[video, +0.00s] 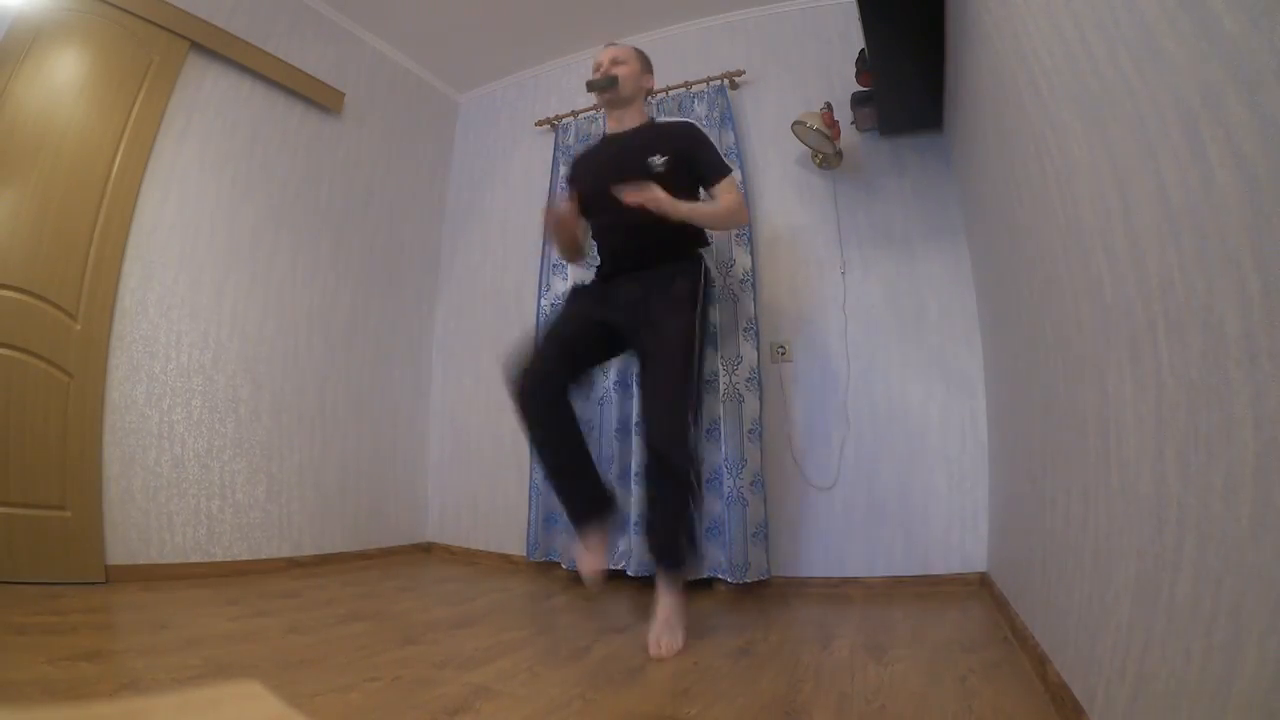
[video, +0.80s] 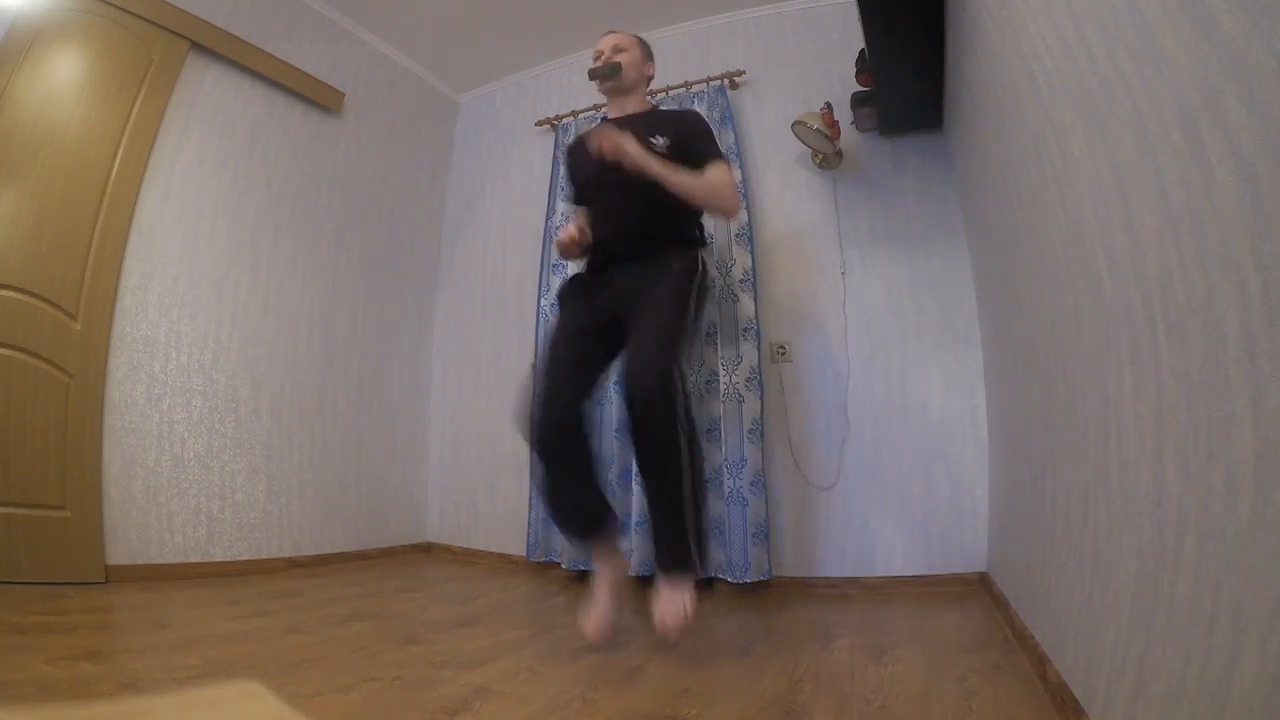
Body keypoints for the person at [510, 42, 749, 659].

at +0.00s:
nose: (604, 65)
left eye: (620, 59)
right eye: (599, 62)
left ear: (649, 84)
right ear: (592, 90)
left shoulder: (680, 137)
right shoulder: (585, 162)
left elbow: (736, 211)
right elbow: (572, 252)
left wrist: (672, 205)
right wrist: (561, 224)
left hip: (673, 289)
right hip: (610, 291)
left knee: (665, 432)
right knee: (536, 378)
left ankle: (669, 583)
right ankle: (591, 515)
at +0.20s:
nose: (610, 67)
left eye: (626, 61)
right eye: (603, 63)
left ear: (653, 84)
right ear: (594, 87)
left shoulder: (682, 139)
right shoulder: (585, 157)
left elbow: (722, 209)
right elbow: (588, 228)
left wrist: (640, 155)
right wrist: (579, 251)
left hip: (672, 291)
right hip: (606, 295)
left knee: (657, 410)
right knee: (553, 402)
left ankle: (669, 574)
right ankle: (608, 547)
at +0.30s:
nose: (616, 79)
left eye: (631, 72)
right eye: (609, 75)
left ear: (659, 92)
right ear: (599, 99)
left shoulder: (693, 163)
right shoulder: (581, 171)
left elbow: (728, 246)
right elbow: (549, 261)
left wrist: (672, 235)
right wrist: (549, 235)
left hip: (674, 299)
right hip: (604, 311)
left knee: (638, 284)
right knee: (620, 456)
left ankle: (664, 472)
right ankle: (650, 596)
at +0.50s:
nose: (600, 53)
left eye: (615, 46)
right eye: (594, 51)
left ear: (647, 69)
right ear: (591, 76)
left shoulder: (684, 122)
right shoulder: (584, 146)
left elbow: (742, 193)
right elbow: (568, 239)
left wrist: (689, 204)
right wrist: (562, 198)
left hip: (676, 275)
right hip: (612, 280)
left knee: (655, 391)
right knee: (565, 397)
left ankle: (668, 561)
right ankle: (616, 540)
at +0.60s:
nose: (601, 68)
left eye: (617, 62)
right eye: (595, 65)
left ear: (648, 84)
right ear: (592, 93)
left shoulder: (680, 139)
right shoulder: (595, 165)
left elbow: (739, 207)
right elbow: (605, 260)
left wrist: (648, 184)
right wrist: (572, 268)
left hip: (677, 302)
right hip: (614, 301)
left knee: (685, 464)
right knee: (510, 297)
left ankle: (691, 617)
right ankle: (582, 439)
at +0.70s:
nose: (605, 76)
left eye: (619, 68)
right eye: (597, 72)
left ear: (652, 87)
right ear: (590, 97)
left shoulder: (676, 137)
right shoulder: (595, 173)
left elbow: (720, 198)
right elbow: (621, 255)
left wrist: (629, 146)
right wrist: (583, 269)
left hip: (674, 316)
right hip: (612, 308)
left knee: (676, 461)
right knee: (506, 307)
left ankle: (689, 612)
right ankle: (568, 451)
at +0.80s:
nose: (605, 55)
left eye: (619, 48)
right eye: (598, 52)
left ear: (649, 70)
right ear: (591, 78)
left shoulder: (682, 125)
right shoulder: (583, 146)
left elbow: (726, 199)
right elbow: (586, 220)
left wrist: (639, 156)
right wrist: (571, 238)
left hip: (668, 272)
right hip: (600, 281)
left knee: (648, 385)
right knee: (551, 412)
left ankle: (675, 567)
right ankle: (605, 556)